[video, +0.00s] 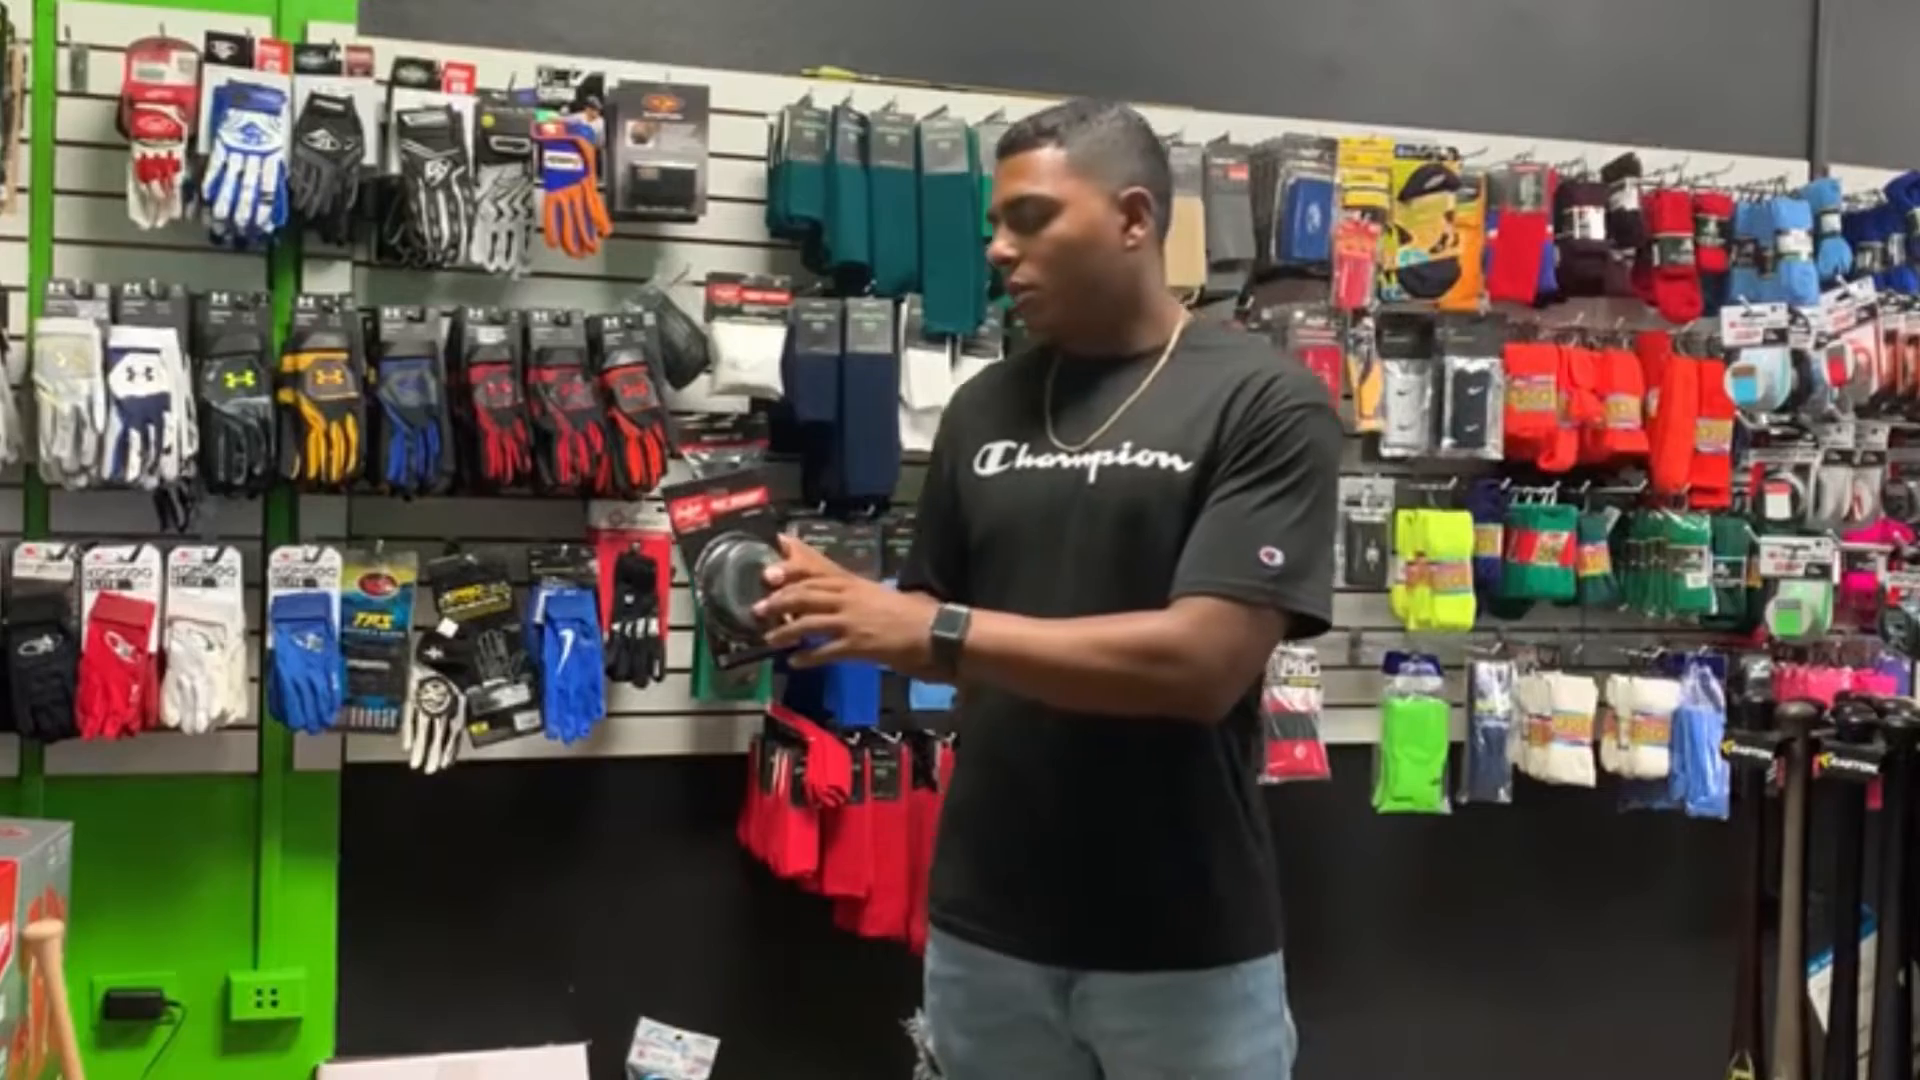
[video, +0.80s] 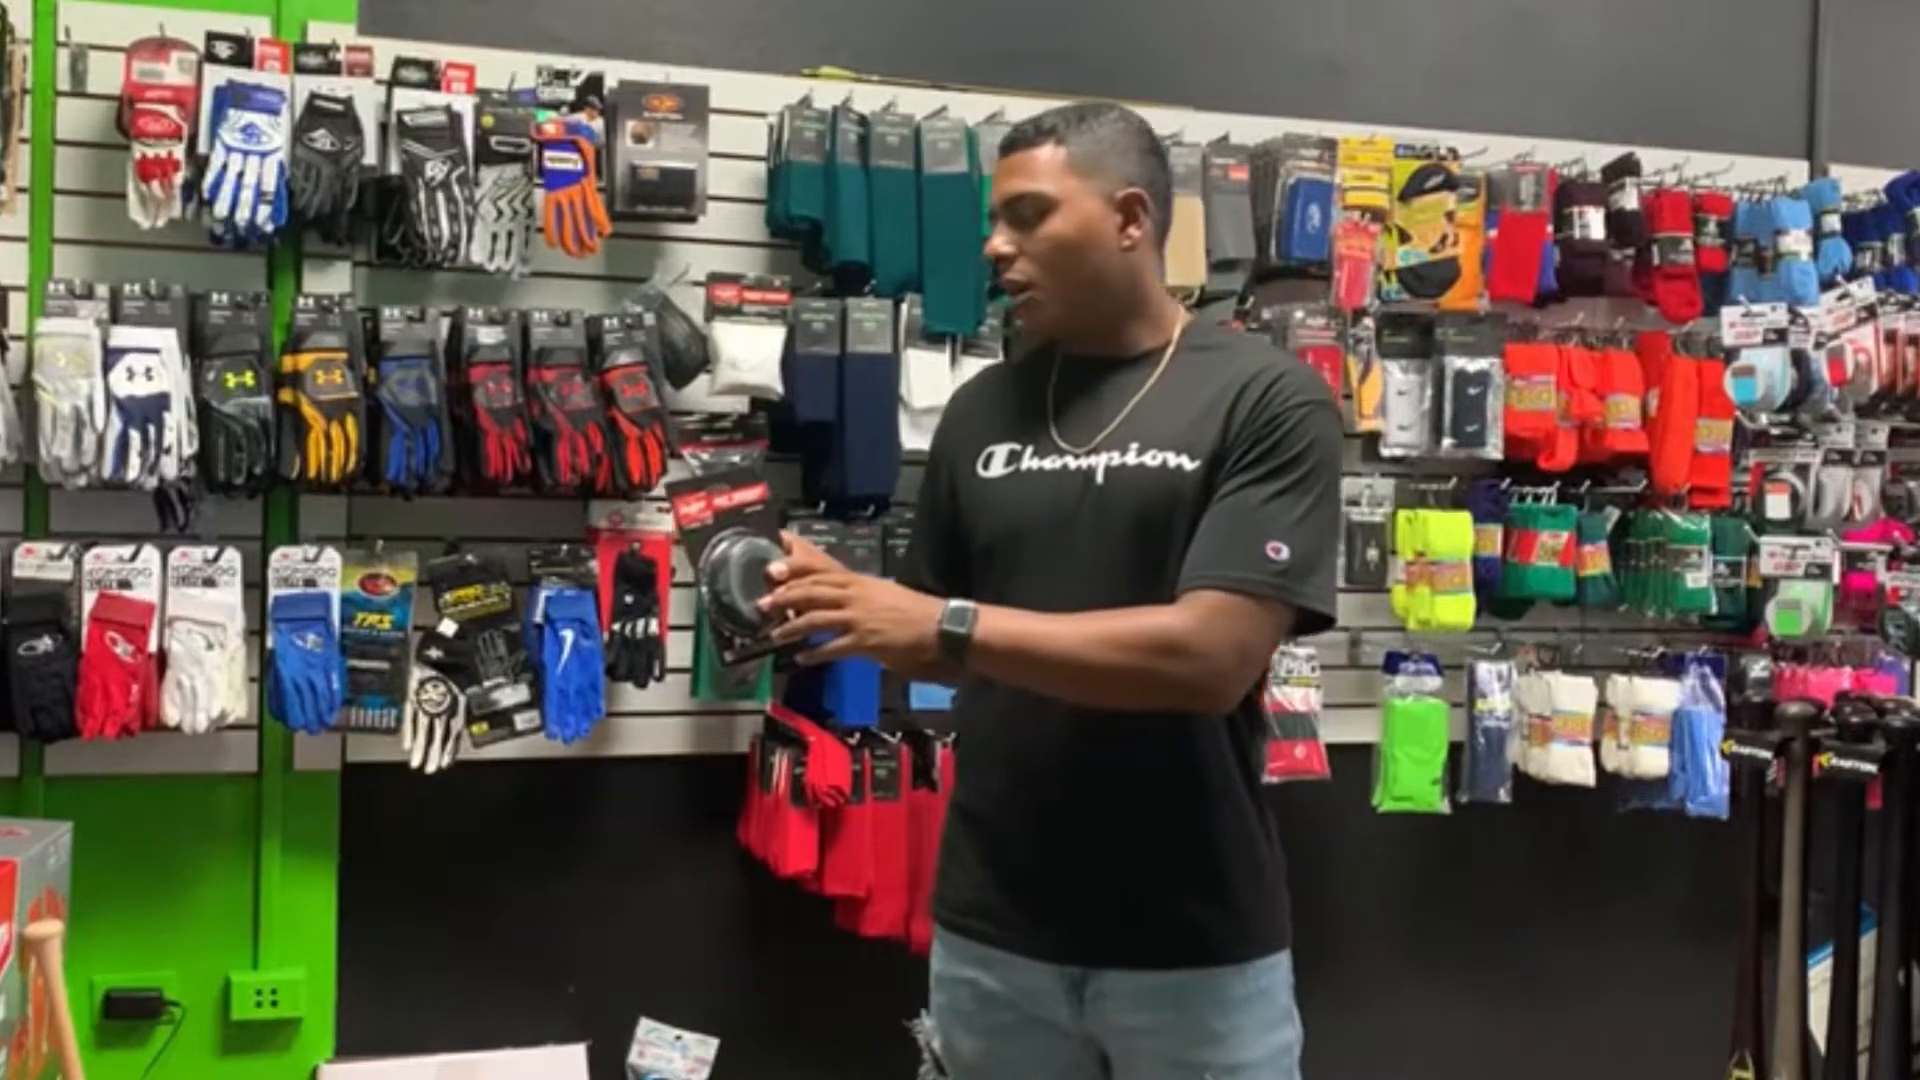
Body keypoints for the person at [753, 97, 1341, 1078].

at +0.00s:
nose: (998, 252)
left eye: (1030, 217)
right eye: (996, 226)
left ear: (1137, 217)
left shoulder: (1266, 401)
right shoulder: (981, 408)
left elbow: (1205, 665)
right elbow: (954, 644)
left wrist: (927, 628)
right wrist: (840, 607)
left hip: (1185, 942)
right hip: (988, 931)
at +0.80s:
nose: (995, 249)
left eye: (1027, 214)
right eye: (995, 222)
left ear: (1133, 218)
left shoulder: (1268, 398)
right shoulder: (980, 408)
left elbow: (1212, 658)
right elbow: (948, 645)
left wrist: (938, 627)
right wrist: (840, 607)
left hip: (1195, 944)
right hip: (994, 934)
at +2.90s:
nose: (1357, 194)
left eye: (1399, 169)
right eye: (1330, 168)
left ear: (1466, 216)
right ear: (1294, 202)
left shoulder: (1552, 420)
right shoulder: (1222, 384)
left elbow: (1492, 706)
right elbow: (1160, 606)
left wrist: (1202, 649)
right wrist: (1073, 596)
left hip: (1412, 975)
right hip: (1193, 943)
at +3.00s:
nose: (1337, 199)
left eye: (1380, 172)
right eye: (1310, 173)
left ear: (1451, 213)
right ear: (1277, 206)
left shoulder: (1539, 416)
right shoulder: (1211, 386)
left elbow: (1490, 710)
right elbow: (1156, 599)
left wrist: (1197, 655)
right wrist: (1074, 609)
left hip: (1404, 972)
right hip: (1188, 939)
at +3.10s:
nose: (1312, 200)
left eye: (1355, 172)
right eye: (1284, 174)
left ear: (1429, 209)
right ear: (1255, 209)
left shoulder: (1519, 413)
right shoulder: (1198, 386)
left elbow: (1480, 709)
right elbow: (1143, 605)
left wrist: (1190, 657)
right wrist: (1070, 614)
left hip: (1390, 963)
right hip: (1181, 934)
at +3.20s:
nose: (1286, 200)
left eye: (1327, 172)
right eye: (1258, 174)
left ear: (1399, 203)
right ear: (1233, 205)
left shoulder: (1490, 408)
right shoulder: (1176, 390)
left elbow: (1460, 704)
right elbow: (1132, 605)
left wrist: (1174, 656)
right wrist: (1056, 619)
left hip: (1370, 963)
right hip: (1164, 932)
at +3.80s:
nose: (972, 273)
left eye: (1000, 243)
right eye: (969, 247)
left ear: (1098, 241)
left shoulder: (1200, 419)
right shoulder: (988, 410)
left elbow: (1186, 687)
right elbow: (964, 618)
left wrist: (937, 621)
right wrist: (875, 608)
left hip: (1109, 932)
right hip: (960, 904)